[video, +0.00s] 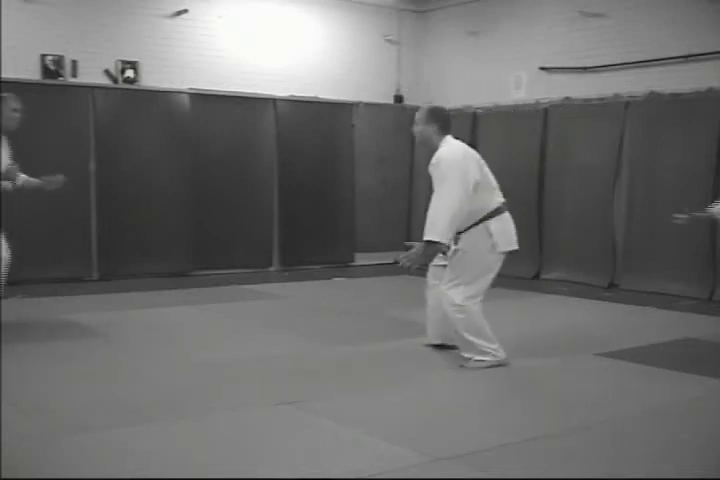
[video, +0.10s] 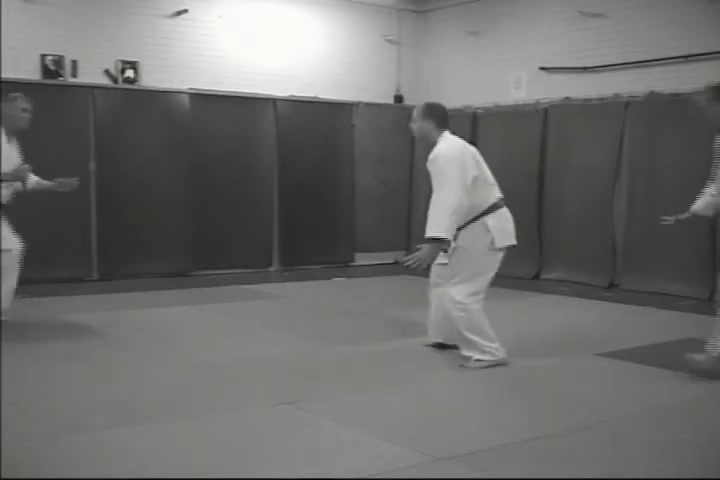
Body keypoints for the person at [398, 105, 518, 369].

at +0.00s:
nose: (413, 131)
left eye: (417, 125)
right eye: (414, 125)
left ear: (434, 129)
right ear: (438, 129)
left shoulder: (451, 157)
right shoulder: (449, 154)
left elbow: (447, 208)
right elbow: (446, 207)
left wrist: (425, 252)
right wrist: (428, 245)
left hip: (486, 233)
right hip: (472, 232)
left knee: (456, 292)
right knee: (437, 276)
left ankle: (488, 353)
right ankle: (443, 336)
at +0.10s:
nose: (410, 127)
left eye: (414, 121)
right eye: (412, 121)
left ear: (431, 125)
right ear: (434, 125)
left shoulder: (449, 153)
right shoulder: (447, 149)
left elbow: (448, 200)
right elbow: (447, 200)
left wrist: (434, 243)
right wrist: (437, 242)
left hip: (485, 228)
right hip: (470, 228)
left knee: (459, 291)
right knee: (441, 276)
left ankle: (488, 351)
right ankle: (445, 336)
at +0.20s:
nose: (410, 121)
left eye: (414, 114)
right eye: (411, 114)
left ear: (431, 116)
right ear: (433, 116)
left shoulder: (449, 144)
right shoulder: (448, 141)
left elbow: (451, 191)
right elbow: (451, 191)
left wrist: (442, 237)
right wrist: (445, 235)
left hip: (483, 220)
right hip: (470, 220)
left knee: (466, 288)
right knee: (447, 274)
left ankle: (493, 350)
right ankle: (447, 335)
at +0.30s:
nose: (414, 118)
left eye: (417, 112)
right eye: (414, 113)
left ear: (433, 113)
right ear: (437, 113)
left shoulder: (448, 142)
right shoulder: (456, 137)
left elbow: (452, 189)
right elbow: (456, 189)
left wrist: (443, 234)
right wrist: (446, 234)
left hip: (482, 218)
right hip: (471, 219)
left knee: (471, 288)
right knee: (449, 275)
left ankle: (503, 349)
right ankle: (449, 336)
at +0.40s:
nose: (419, 117)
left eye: (422, 111)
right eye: (419, 111)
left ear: (438, 113)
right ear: (443, 113)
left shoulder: (452, 141)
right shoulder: (466, 137)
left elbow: (453, 188)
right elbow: (462, 188)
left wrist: (443, 232)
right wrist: (448, 233)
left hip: (482, 219)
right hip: (474, 219)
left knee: (480, 292)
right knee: (450, 272)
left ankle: (512, 355)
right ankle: (450, 336)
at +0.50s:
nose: (420, 117)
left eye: (424, 111)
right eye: (421, 111)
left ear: (441, 112)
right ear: (445, 113)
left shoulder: (455, 141)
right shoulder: (467, 137)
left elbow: (453, 189)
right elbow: (461, 188)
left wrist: (441, 234)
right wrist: (448, 232)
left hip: (484, 217)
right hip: (480, 216)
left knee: (482, 289)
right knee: (451, 267)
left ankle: (510, 355)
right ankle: (449, 335)